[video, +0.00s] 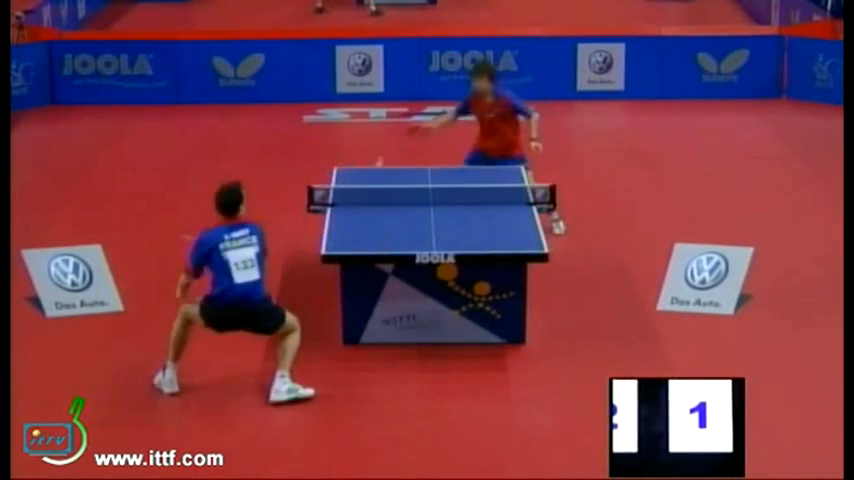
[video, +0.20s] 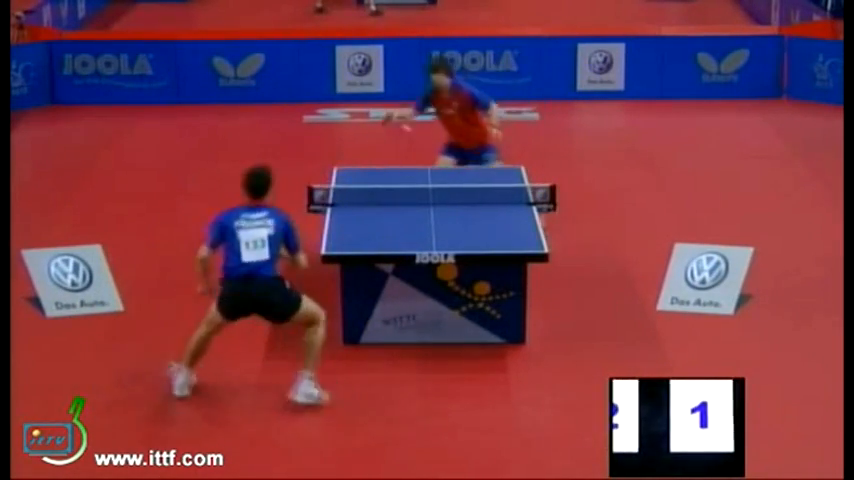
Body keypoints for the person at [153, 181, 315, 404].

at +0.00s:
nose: (245, 207)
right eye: (243, 203)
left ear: (218, 208)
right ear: (241, 207)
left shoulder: (208, 238)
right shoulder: (256, 232)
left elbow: (190, 275)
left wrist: (181, 291)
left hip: (222, 312)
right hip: (257, 309)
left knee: (186, 313)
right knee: (292, 328)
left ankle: (169, 374)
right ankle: (283, 382)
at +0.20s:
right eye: (266, 186)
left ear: (244, 189)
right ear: (269, 190)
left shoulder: (227, 218)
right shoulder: (279, 218)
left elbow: (203, 255)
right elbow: (300, 261)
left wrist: (205, 283)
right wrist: (283, 251)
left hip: (235, 290)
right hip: (270, 290)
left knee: (207, 328)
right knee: (316, 318)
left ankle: (183, 374)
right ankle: (307, 381)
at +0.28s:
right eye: (282, 190)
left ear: (261, 191)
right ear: (284, 193)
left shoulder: (241, 220)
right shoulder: (289, 225)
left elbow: (219, 259)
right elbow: (306, 269)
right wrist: (314, 266)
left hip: (238, 294)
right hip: (272, 295)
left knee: (222, 323)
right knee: (322, 330)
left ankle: (199, 379)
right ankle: (329, 391)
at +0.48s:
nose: (350, 232)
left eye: (348, 226)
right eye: (349, 227)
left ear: (326, 223)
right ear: (345, 228)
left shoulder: (308, 243)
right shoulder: (328, 257)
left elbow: (345, 271)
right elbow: (323, 307)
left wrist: (375, 290)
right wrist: (360, 320)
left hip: (267, 311)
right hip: (293, 319)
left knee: (249, 349)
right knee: (351, 359)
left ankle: (204, 393)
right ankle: (334, 424)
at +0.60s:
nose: (402, 252)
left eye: (402, 247)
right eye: (399, 247)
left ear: (384, 243)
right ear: (387, 247)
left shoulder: (380, 256)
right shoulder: (368, 274)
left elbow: (412, 262)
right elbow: (352, 318)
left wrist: (443, 268)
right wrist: (375, 357)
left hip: (318, 309)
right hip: (330, 319)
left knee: (303, 356)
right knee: (374, 370)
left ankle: (243, 374)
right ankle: (336, 430)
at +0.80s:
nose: (495, 238)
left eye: (496, 232)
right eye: (496, 233)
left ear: (475, 224)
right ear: (490, 234)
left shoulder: (457, 230)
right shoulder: (475, 265)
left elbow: (427, 231)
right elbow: (479, 303)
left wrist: (438, 253)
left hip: (411, 295)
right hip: (422, 309)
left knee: (448, 334)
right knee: (410, 385)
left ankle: (424, 393)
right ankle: (347, 421)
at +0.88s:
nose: (530, 229)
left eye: (528, 223)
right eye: (529, 224)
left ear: (505, 218)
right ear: (523, 226)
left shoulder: (481, 232)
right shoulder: (519, 259)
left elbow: (448, 262)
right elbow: (546, 291)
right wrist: (571, 274)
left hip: (456, 303)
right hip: (465, 312)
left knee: (513, 328)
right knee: (439, 384)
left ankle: (527, 392)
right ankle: (370, 410)